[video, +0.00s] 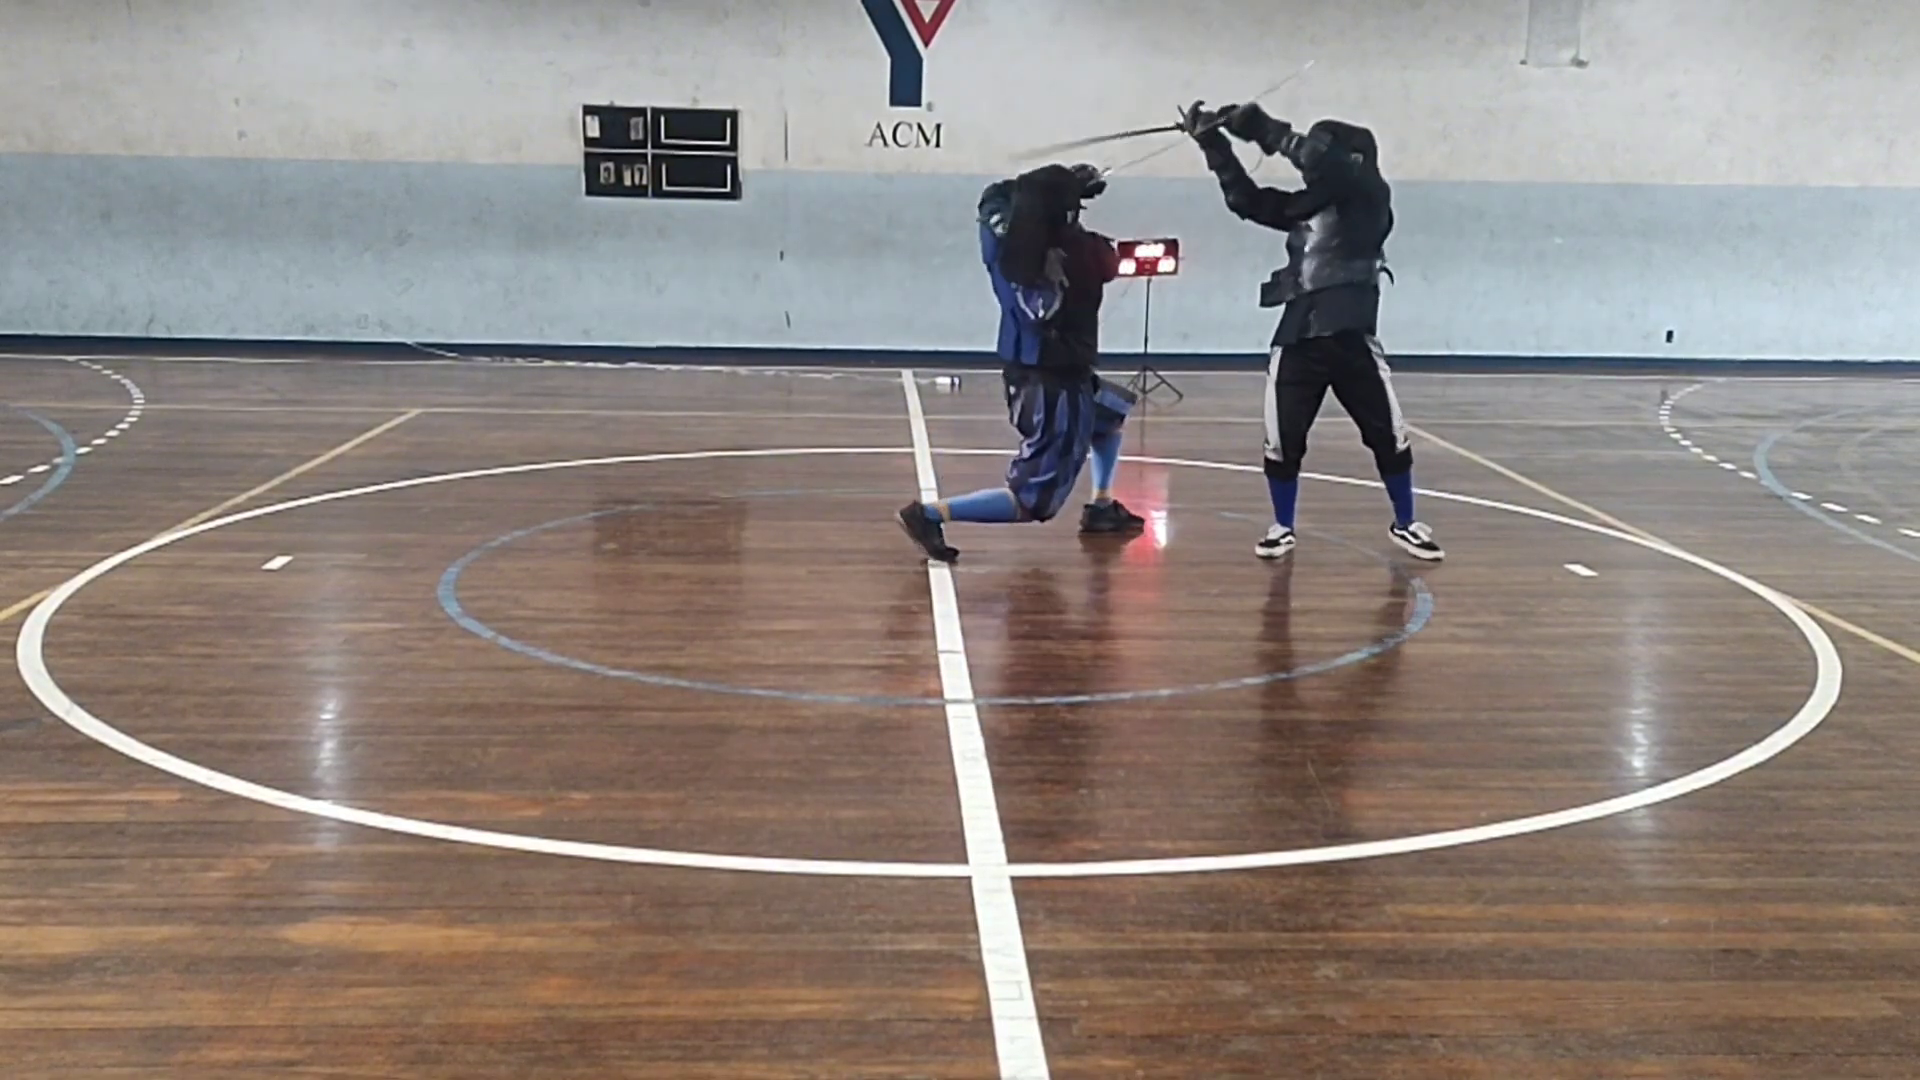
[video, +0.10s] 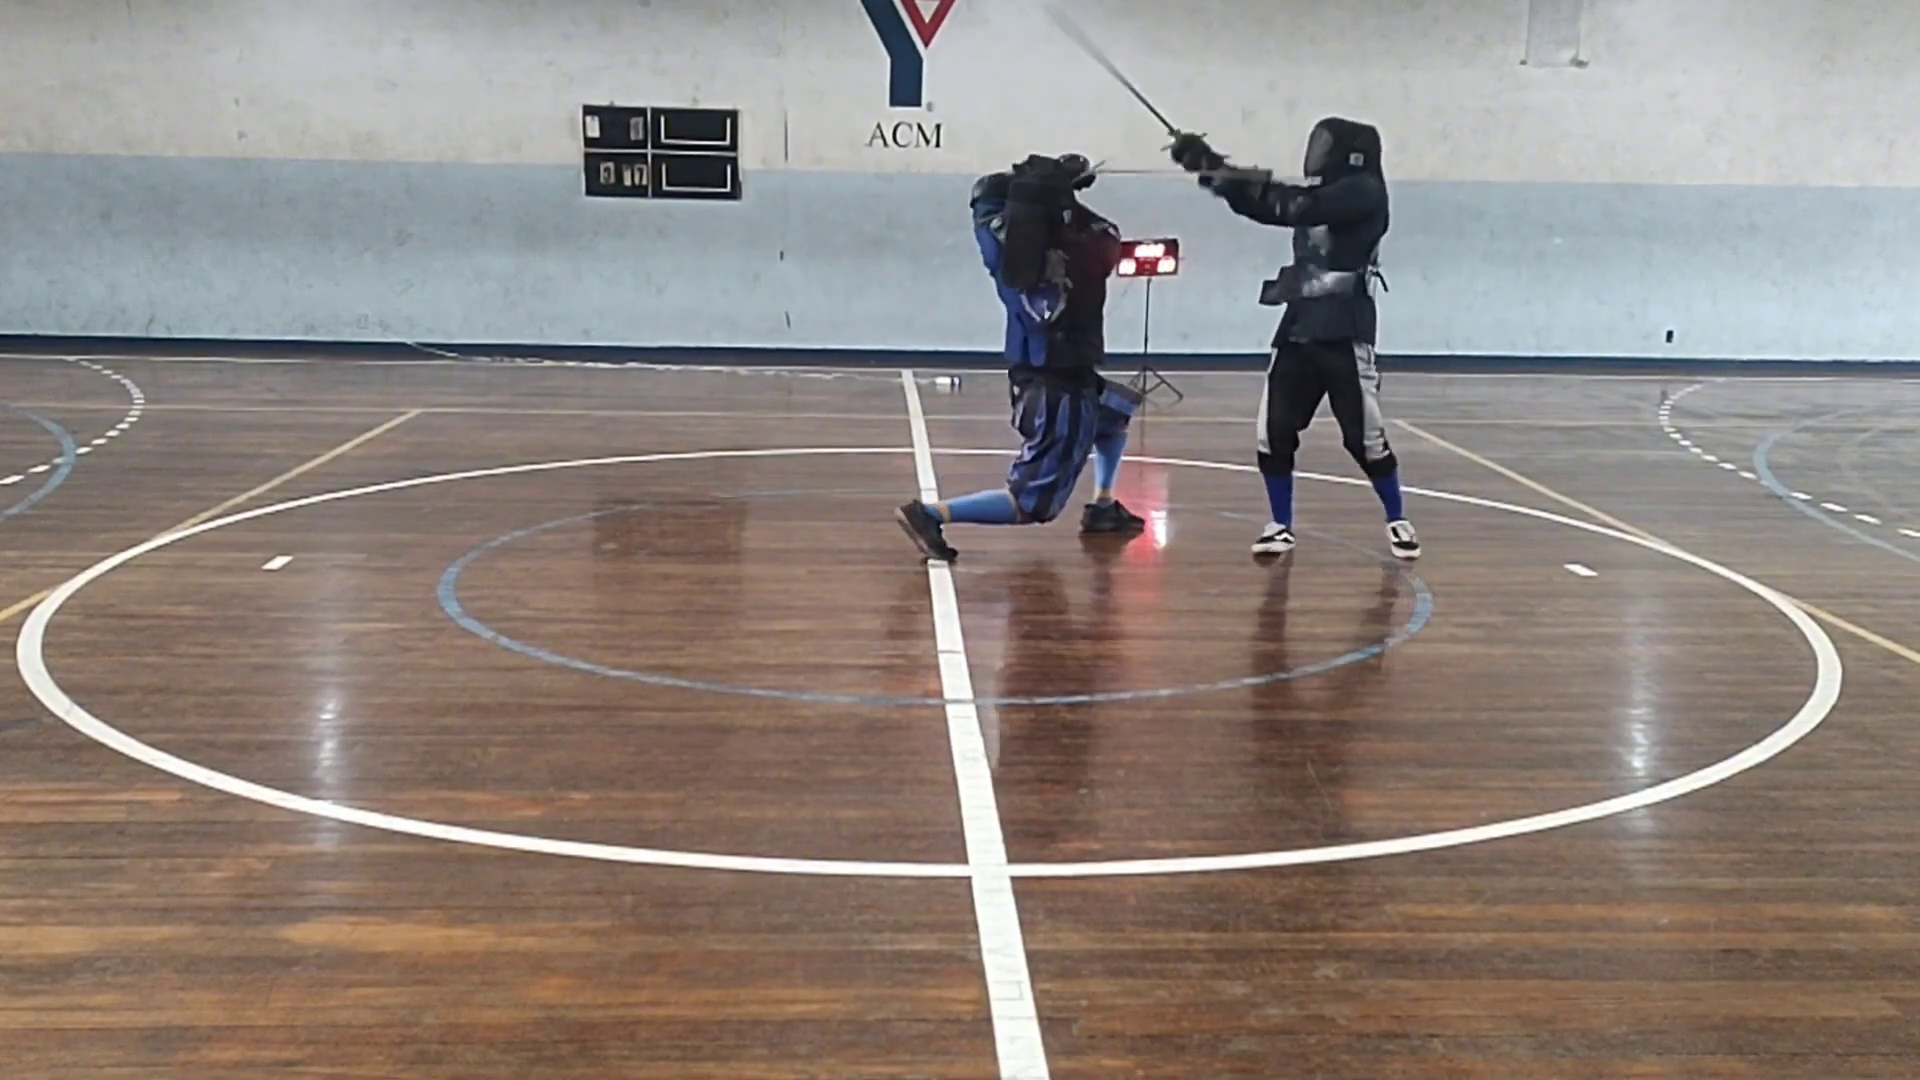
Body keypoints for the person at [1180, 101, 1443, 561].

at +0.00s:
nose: (1307, 157)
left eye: (1314, 150)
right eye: (1306, 151)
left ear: (1343, 153)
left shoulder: (1368, 190)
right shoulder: (1304, 207)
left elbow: (1317, 159)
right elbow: (1245, 198)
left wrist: (1258, 125)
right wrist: (1212, 142)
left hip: (1351, 337)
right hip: (1297, 339)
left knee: (1389, 435)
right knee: (1280, 440)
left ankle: (1406, 523)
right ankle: (1282, 527)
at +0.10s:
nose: (1311, 154)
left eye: (1319, 147)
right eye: (1314, 147)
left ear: (1345, 153)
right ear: (1343, 153)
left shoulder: (1363, 191)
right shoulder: (1322, 193)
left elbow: (1296, 206)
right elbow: (1260, 204)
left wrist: (1221, 169)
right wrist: (1207, 168)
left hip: (1346, 330)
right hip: (1299, 327)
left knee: (1365, 435)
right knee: (1274, 433)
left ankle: (1397, 521)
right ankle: (1281, 526)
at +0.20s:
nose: (1310, 153)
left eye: (1319, 145)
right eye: (1313, 144)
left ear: (1346, 153)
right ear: (1342, 152)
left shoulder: (1359, 196)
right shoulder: (1324, 192)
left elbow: (1291, 225)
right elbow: (1268, 210)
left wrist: (1226, 234)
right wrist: (1202, 198)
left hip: (1347, 333)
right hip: (1309, 328)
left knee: (1357, 441)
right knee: (1271, 432)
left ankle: (1414, 517)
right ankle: (1278, 526)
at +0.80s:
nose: (1322, 188)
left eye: (1331, 181)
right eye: (1319, 181)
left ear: (1359, 179)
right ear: (1317, 179)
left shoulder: (1382, 214)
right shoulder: (1306, 211)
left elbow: (1336, 212)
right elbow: (1248, 221)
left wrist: (1275, 193)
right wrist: (1246, 170)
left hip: (1364, 358)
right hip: (1306, 357)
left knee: (1397, 444)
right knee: (1254, 427)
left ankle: (1422, 526)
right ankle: (1263, 510)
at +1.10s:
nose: (1288, 177)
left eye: (1294, 168)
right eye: (1284, 170)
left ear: (1313, 167)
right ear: (1279, 174)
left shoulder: (1338, 205)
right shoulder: (1272, 216)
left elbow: (1312, 151)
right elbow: (1232, 220)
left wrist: (1258, 120)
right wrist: (1227, 172)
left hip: (1320, 347)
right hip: (1264, 347)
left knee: (1356, 442)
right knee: (1222, 439)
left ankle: (1374, 529)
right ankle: (1202, 527)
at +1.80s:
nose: (1308, 161)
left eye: (1318, 153)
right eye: (1305, 153)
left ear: (1344, 156)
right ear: (1305, 157)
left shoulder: (1372, 183)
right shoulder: (1299, 205)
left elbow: (1328, 184)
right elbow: (1265, 268)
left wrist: (1285, 179)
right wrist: (1256, 204)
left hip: (1351, 319)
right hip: (1300, 321)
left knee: (1337, 426)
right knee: (1258, 414)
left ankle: (1319, 517)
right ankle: (1223, 511)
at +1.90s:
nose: (1317, 158)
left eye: (1327, 149)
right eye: (1314, 149)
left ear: (1353, 153)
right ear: (1311, 154)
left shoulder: (1379, 193)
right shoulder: (1306, 206)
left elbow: (1373, 208)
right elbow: (1282, 273)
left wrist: (1319, 202)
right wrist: (1271, 225)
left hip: (1354, 319)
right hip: (1303, 319)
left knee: (1337, 421)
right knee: (1264, 409)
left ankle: (1319, 514)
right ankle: (1261, 505)